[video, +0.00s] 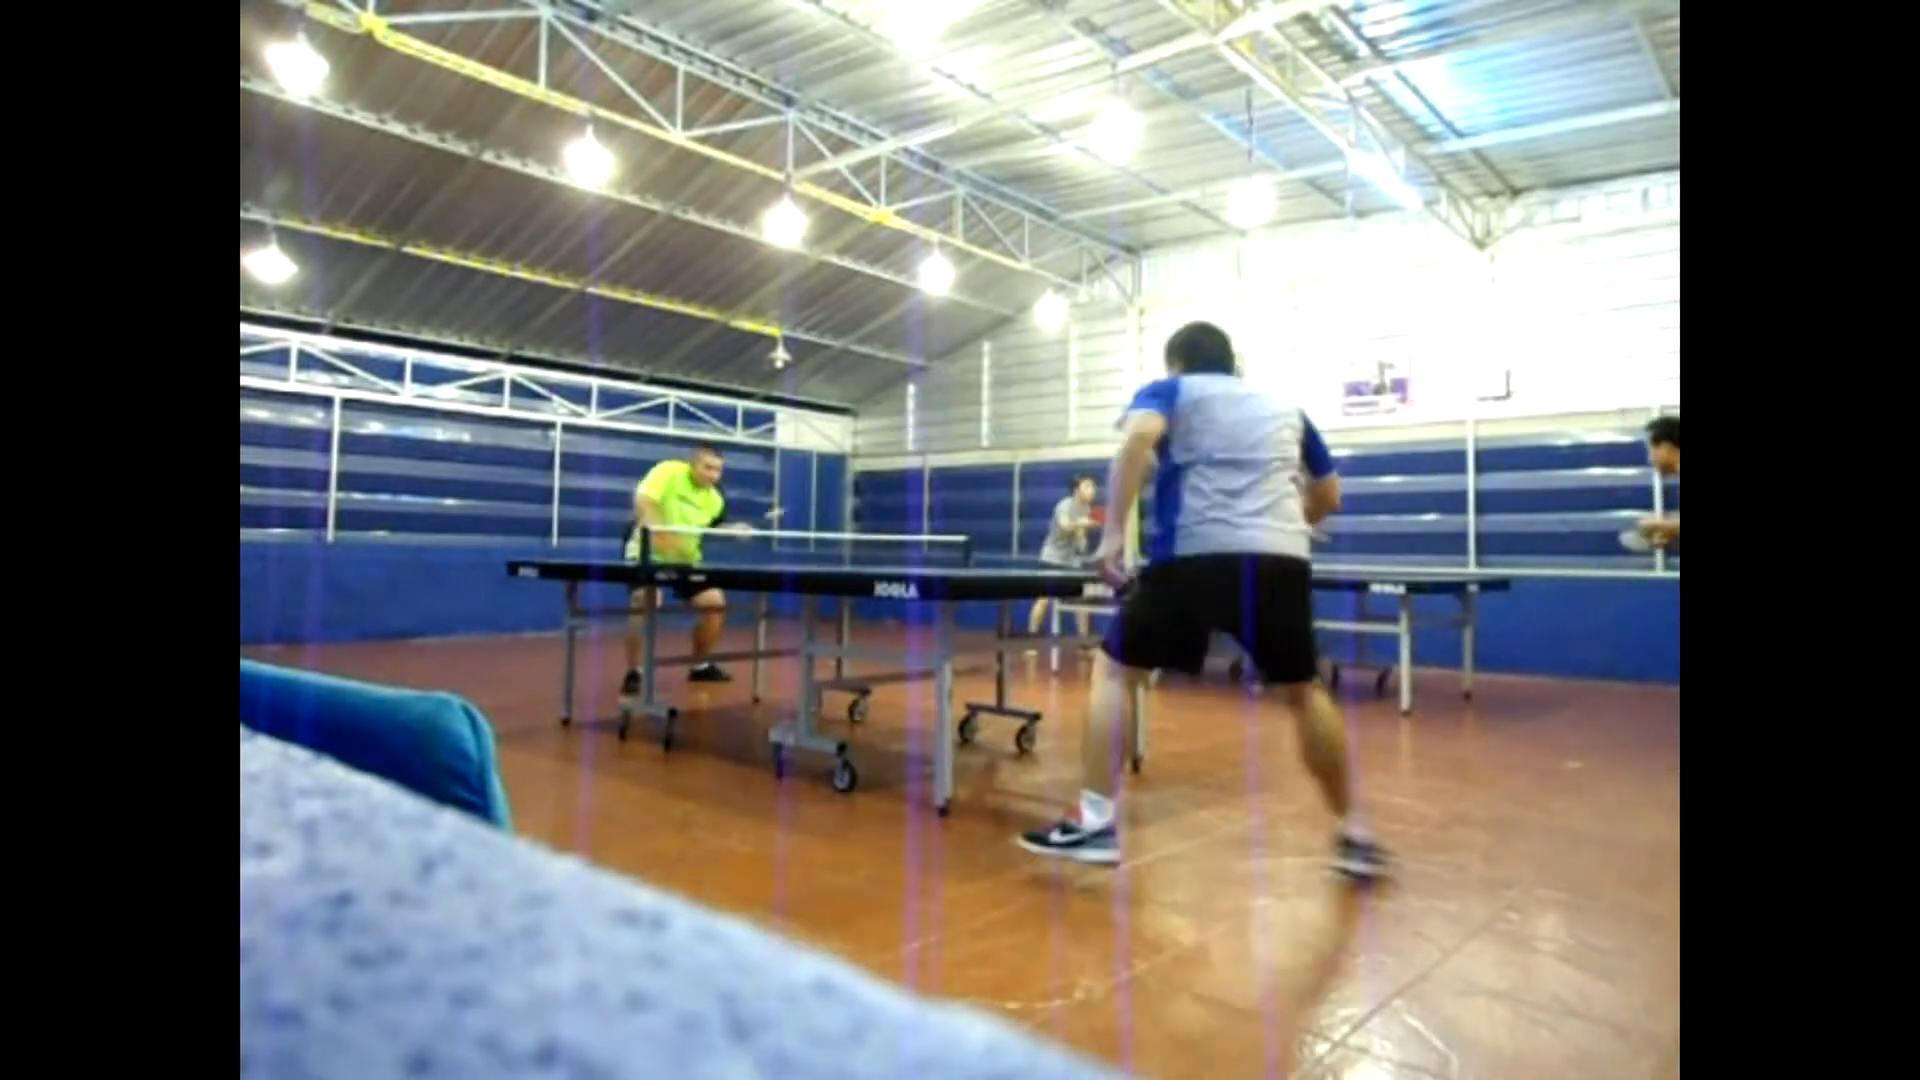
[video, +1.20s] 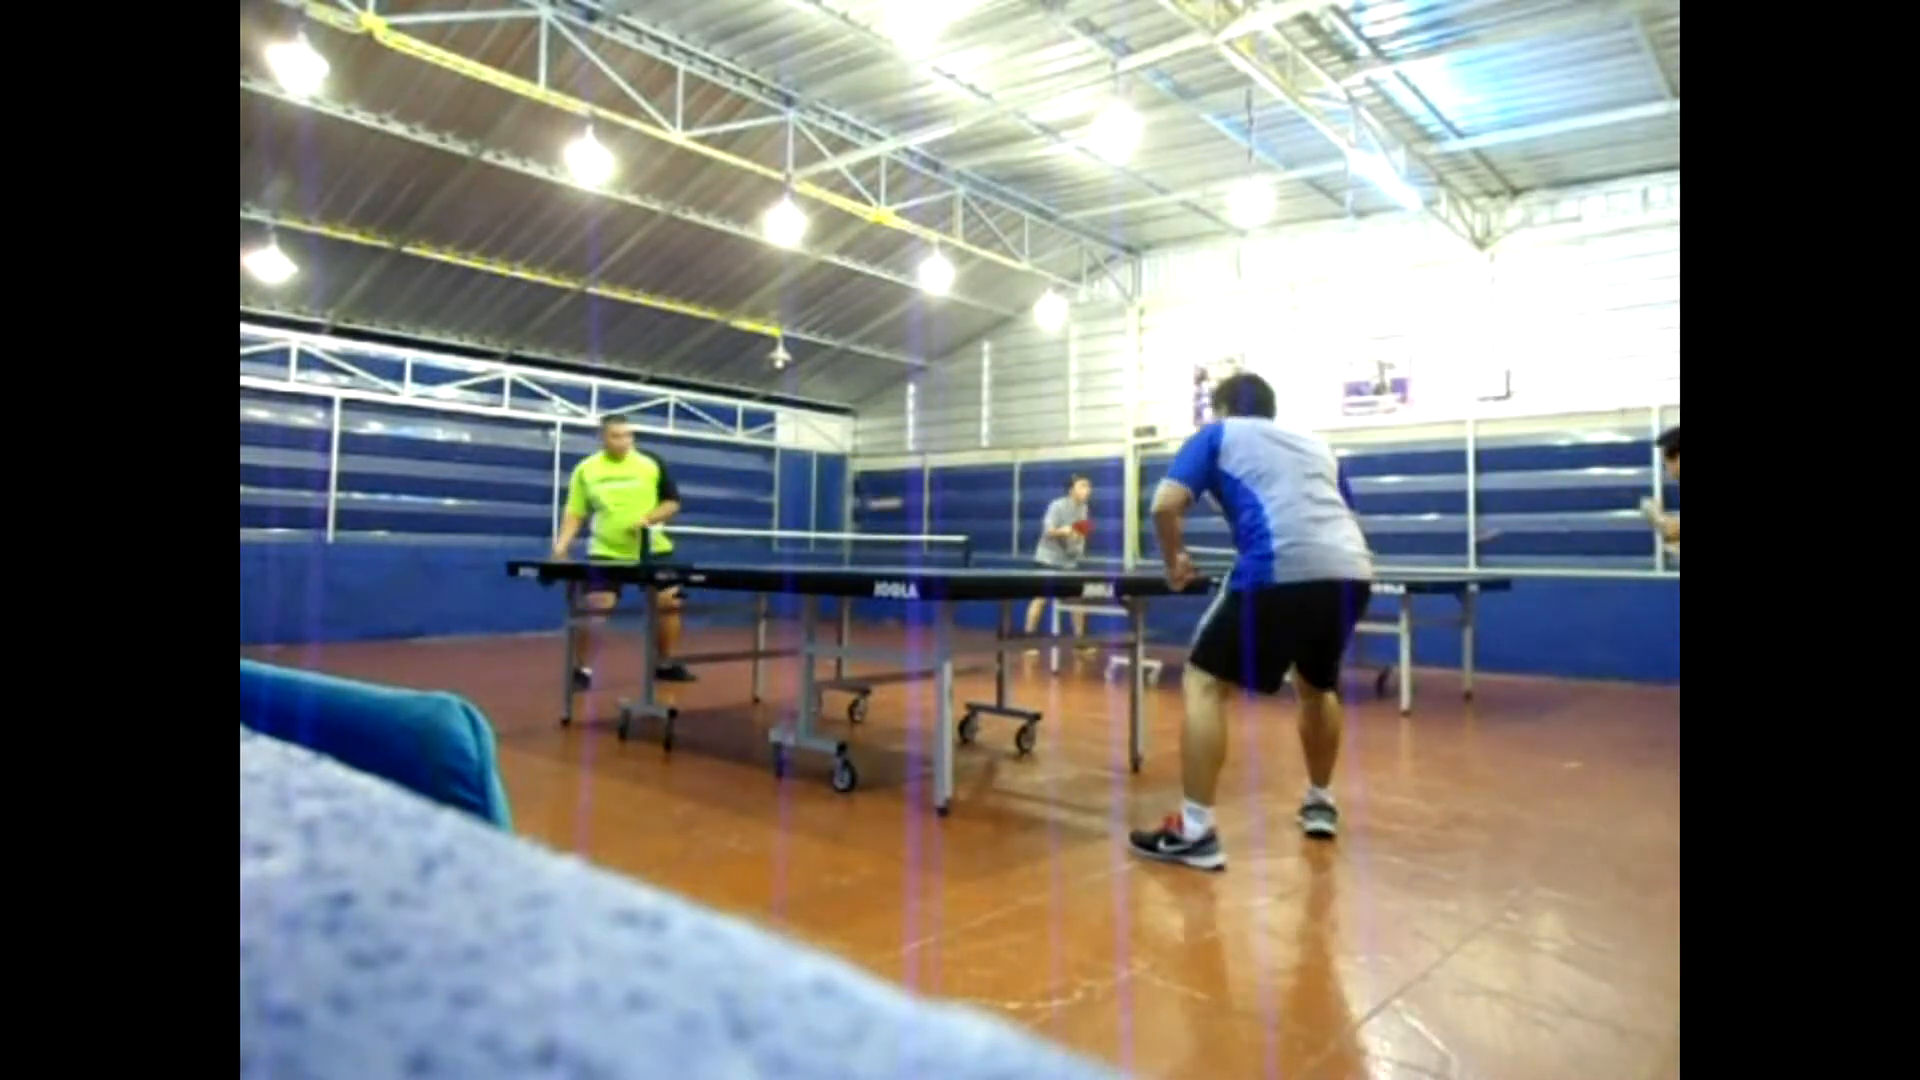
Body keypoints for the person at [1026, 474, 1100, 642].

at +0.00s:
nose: (1091, 491)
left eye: (1092, 487)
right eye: (1086, 486)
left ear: (1094, 490)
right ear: (1077, 489)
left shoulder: (1086, 510)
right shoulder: (1065, 505)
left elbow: (1081, 531)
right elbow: (1064, 525)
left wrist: (1082, 548)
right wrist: (1084, 524)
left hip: (1074, 560)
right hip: (1053, 559)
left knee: (1081, 602)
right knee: (1044, 598)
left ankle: (1084, 639)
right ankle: (1032, 635)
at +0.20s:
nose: (1086, 492)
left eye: (1088, 488)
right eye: (1082, 487)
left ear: (1089, 491)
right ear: (1072, 490)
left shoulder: (1085, 508)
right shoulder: (1059, 506)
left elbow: (1085, 529)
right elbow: (1043, 530)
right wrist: (1060, 532)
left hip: (1074, 560)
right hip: (1050, 560)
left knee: (1083, 601)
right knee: (1043, 598)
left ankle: (1085, 638)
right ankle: (1030, 634)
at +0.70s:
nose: (1084, 506)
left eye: (1086, 502)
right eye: (1080, 501)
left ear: (1087, 504)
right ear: (1070, 503)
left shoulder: (1079, 519)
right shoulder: (1055, 517)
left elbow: (1073, 544)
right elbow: (1049, 547)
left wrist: (1085, 551)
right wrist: (1078, 551)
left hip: (1065, 564)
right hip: (1042, 564)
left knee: (1077, 600)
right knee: (1041, 597)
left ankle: (1079, 639)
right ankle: (1029, 636)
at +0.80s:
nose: (1087, 502)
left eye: (1088, 498)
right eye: (1083, 498)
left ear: (1089, 501)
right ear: (1072, 499)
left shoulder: (1079, 516)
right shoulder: (1060, 515)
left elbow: (1074, 539)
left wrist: (1077, 551)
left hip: (1065, 562)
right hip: (1044, 563)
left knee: (1076, 600)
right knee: (1042, 598)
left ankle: (1079, 639)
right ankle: (1029, 635)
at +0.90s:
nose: (1089, 496)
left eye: (1090, 492)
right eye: (1085, 491)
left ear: (1091, 495)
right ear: (1075, 493)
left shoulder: (1081, 511)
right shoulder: (1063, 510)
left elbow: (1078, 535)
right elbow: (1074, 530)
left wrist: (1080, 556)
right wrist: (1096, 527)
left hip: (1069, 561)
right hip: (1049, 561)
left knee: (1077, 601)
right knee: (1042, 598)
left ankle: (1079, 638)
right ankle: (1030, 635)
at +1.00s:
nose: (1089, 492)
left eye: (1091, 488)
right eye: (1085, 487)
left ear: (1091, 492)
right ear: (1076, 489)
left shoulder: (1082, 509)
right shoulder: (1064, 505)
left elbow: (1079, 529)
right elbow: (1069, 526)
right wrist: (1091, 522)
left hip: (1072, 560)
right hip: (1051, 559)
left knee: (1077, 600)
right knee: (1042, 596)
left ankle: (1079, 638)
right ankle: (1029, 633)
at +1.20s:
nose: (1086, 491)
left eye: (1088, 487)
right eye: (1082, 486)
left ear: (1089, 491)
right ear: (1072, 488)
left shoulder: (1083, 509)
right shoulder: (1057, 506)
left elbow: (1083, 529)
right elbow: (1049, 530)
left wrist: (1080, 533)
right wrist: (1068, 531)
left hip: (1071, 560)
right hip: (1049, 558)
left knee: (1076, 600)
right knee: (1041, 597)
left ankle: (1079, 638)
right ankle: (1028, 634)